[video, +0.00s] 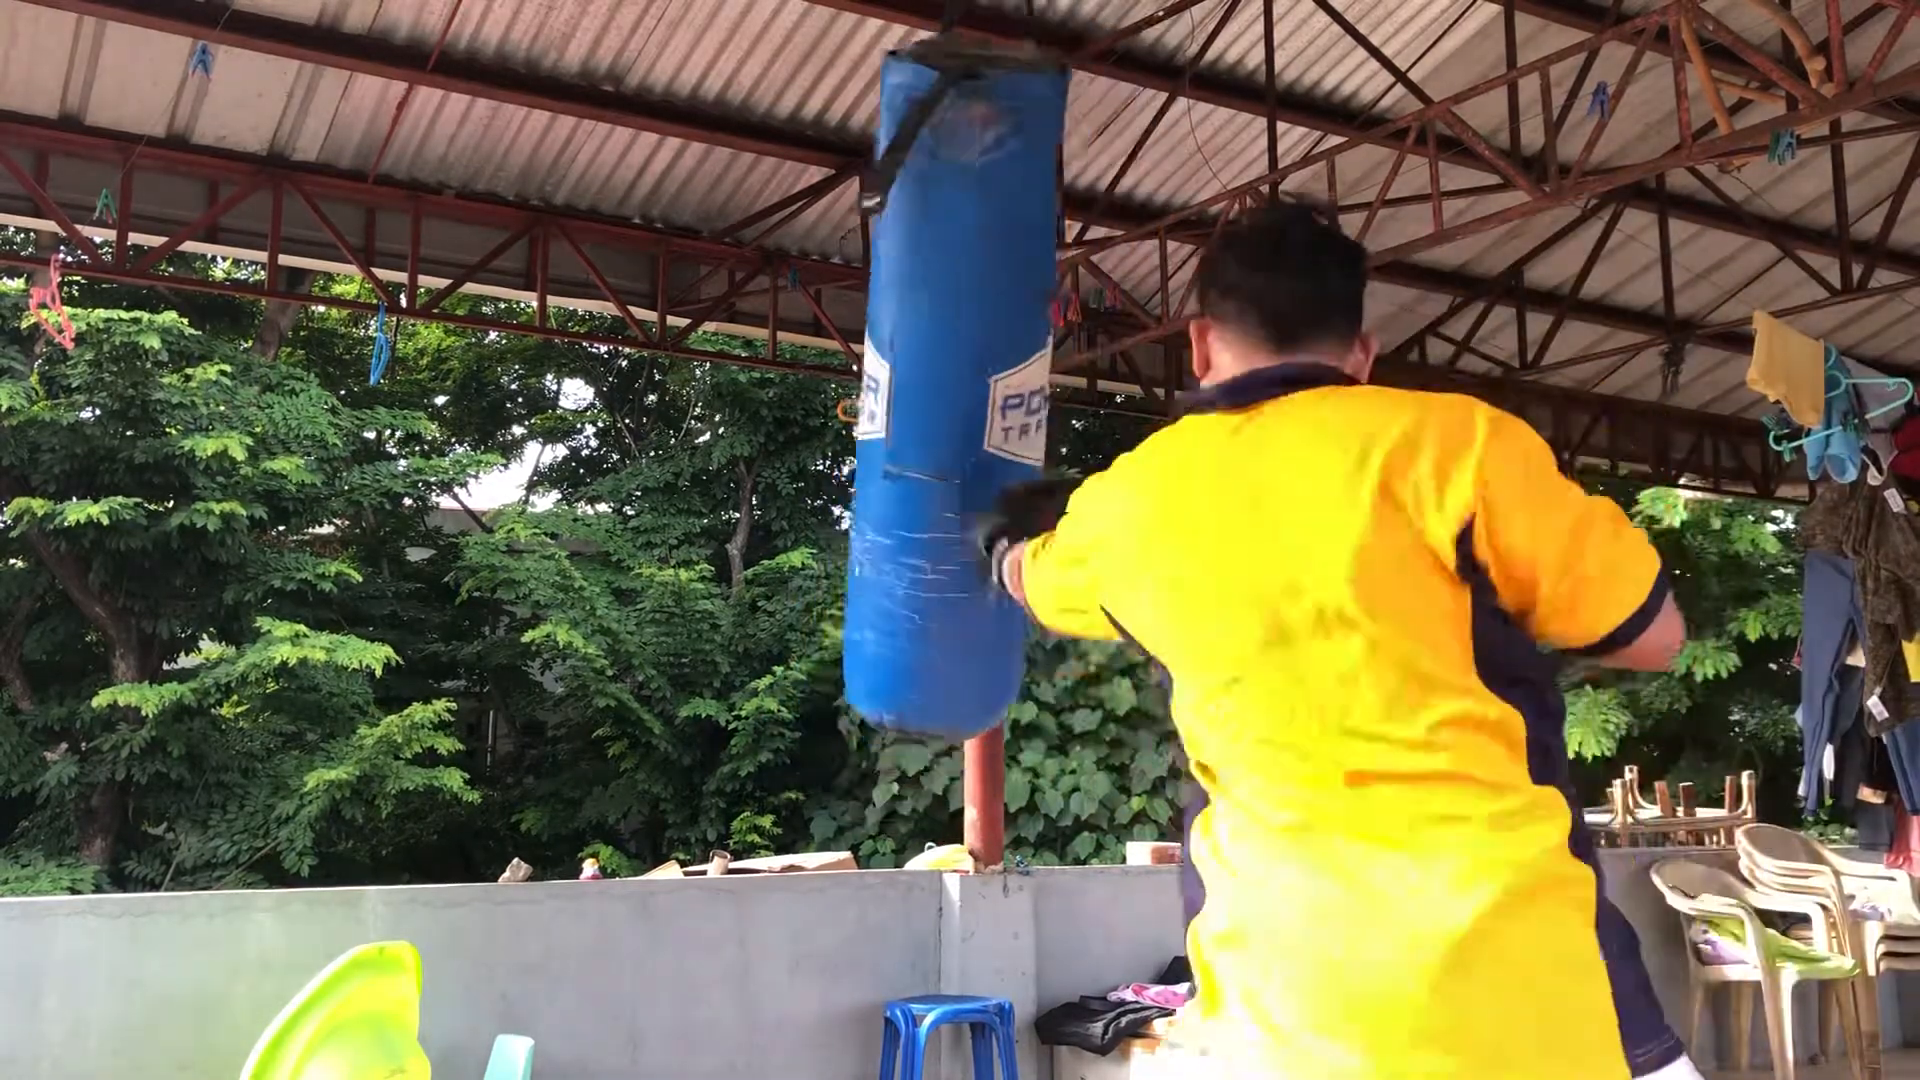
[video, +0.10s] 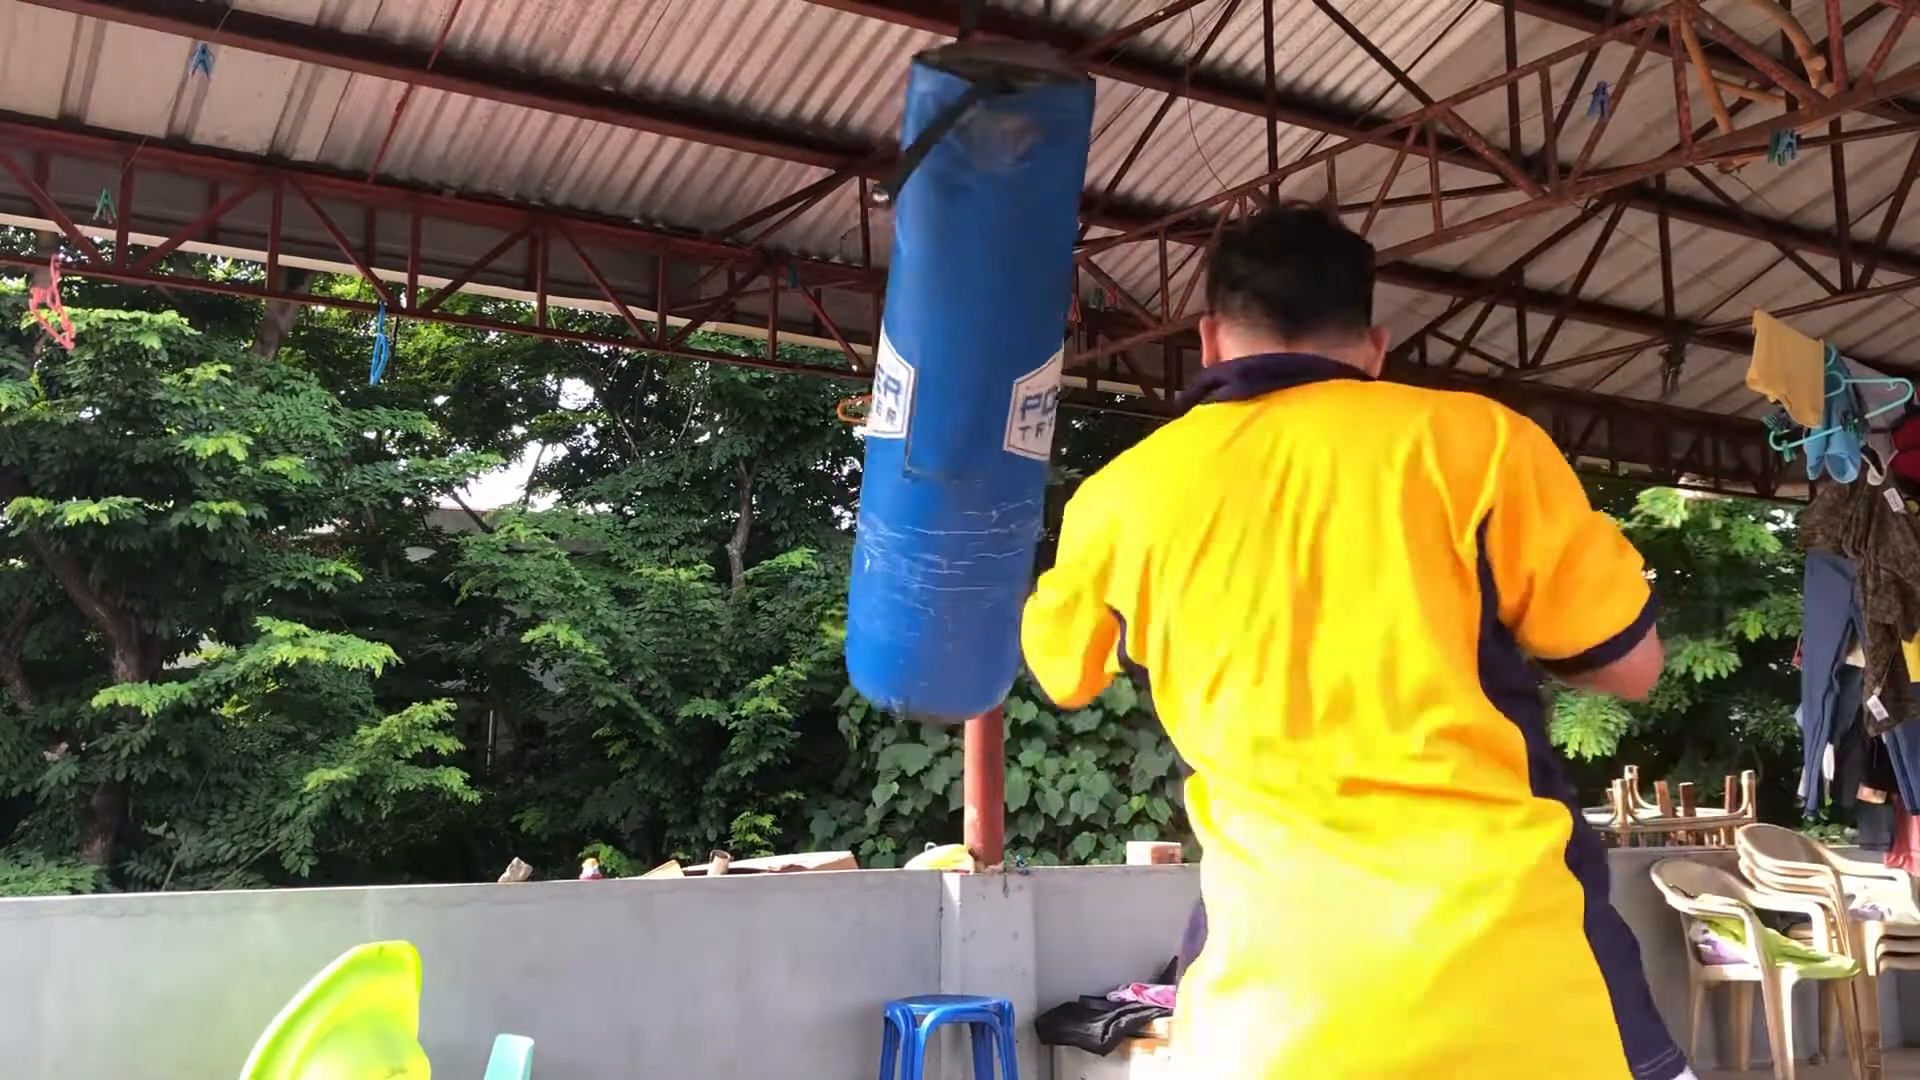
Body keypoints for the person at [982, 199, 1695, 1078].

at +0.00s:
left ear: (1198, 347)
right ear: (1361, 353)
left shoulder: (1134, 497)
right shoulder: (1461, 439)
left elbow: (1043, 583)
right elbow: (1654, 635)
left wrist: (1009, 546)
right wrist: (1500, 623)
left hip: (1280, 995)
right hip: (1509, 972)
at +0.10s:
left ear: (1212, 342)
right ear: (1373, 351)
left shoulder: (1124, 495)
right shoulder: (1479, 438)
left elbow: (1061, 670)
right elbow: (1634, 663)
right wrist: (1484, 609)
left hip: (1269, 1005)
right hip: (1517, 991)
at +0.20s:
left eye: (1245, 341)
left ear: (1254, 340)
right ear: (1420, 355)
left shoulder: (1156, 494)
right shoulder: (1522, 450)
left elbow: (1113, 764)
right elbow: (1640, 698)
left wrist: (1202, 805)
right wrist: (1500, 624)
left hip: (1298, 1019)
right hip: (1548, 1007)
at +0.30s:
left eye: (1318, 354)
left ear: (1329, 351)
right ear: (1497, 383)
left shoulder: (1213, 506)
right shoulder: (1594, 487)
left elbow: (1183, 781)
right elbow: (1692, 746)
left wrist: (1213, 997)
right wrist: (1557, 649)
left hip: (1309, 1030)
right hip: (1580, 1020)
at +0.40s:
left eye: (1430, 366)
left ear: (1447, 364)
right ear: (1616, 405)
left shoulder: (1311, 519)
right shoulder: (1712, 530)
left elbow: (1254, 782)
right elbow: (1791, 811)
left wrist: (1178, 999)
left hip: (1367, 1043)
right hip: (1662, 1040)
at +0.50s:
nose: (1578, 394)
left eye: (1582, 368)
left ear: (1609, 363)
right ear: (1775, 414)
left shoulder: (1462, 521)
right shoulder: (1882, 556)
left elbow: (1329, 726)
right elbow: (1906, 821)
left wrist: (1214, 920)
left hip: (1486, 1048)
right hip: (1795, 1049)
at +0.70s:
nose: (1793, 275)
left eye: (1801, 243)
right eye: (1795, 245)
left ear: (1864, 240)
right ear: (1875, 241)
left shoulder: (1806, 385)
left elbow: (1636, 604)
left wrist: (1562, 550)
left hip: (1854, 1006)